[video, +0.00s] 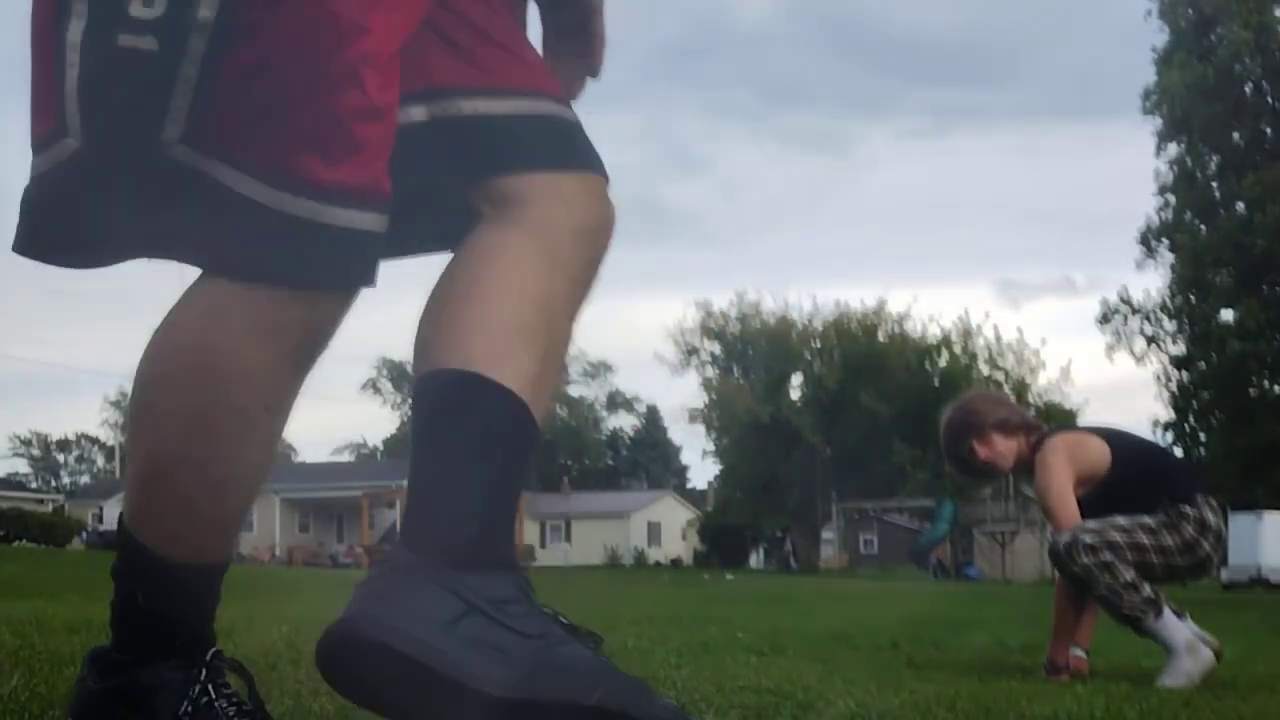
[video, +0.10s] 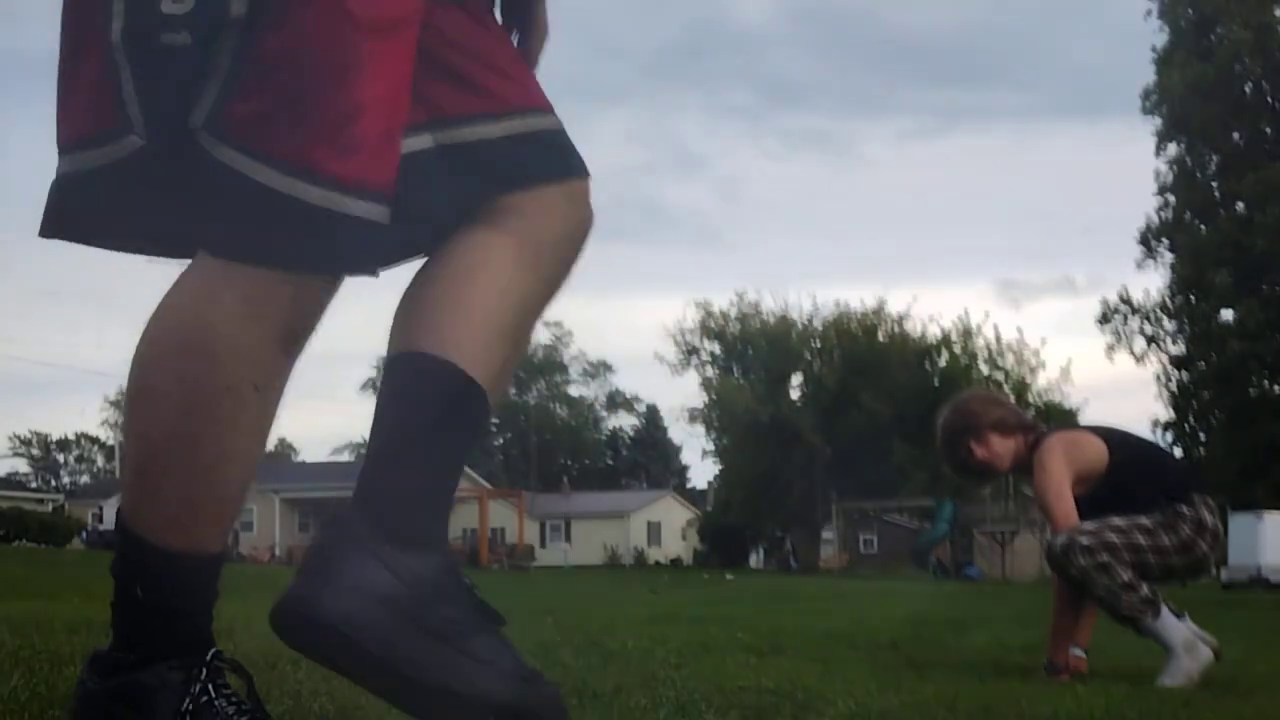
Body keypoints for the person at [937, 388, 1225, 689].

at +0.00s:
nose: (980, 454)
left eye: (981, 438)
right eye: (971, 451)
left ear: (1004, 421)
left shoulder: (1051, 459)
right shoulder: (1058, 453)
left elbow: (1074, 567)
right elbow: (1090, 564)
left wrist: (1058, 653)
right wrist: (1080, 648)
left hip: (1193, 530)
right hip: (1192, 528)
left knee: (1071, 545)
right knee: (1088, 546)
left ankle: (1186, 649)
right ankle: (1187, 634)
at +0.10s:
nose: (979, 455)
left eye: (979, 439)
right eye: (970, 452)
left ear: (1003, 422)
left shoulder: (1049, 457)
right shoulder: (1054, 454)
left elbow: (1072, 564)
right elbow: (1086, 561)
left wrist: (1062, 649)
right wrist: (1079, 646)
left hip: (1191, 528)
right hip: (1187, 529)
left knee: (1072, 547)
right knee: (1084, 548)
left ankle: (1186, 647)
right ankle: (1185, 634)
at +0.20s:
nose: (978, 455)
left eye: (977, 440)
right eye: (969, 452)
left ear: (999, 424)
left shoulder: (1048, 455)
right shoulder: (1054, 453)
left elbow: (1070, 563)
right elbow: (1085, 562)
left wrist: (1060, 649)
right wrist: (1079, 646)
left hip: (1189, 528)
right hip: (1185, 528)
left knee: (1070, 549)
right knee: (1083, 549)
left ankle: (1186, 647)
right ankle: (1184, 633)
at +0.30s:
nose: (977, 454)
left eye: (977, 438)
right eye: (968, 450)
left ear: (999, 422)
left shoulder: (1048, 454)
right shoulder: (1051, 454)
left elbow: (1069, 562)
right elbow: (1082, 561)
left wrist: (1059, 650)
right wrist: (1078, 647)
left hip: (1188, 528)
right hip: (1183, 528)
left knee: (1068, 549)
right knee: (1080, 551)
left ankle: (1185, 647)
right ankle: (1184, 633)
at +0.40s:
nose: (977, 453)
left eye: (977, 437)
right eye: (968, 450)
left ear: (1000, 421)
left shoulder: (1048, 453)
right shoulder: (1050, 454)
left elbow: (1067, 560)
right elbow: (1082, 561)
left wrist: (1059, 649)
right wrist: (1078, 647)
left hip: (1188, 527)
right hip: (1181, 528)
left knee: (1069, 549)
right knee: (1080, 551)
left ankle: (1184, 646)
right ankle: (1184, 633)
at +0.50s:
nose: (978, 453)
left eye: (979, 437)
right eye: (969, 450)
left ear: (1003, 420)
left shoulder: (1049, 452)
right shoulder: (1051, 454)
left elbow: (1068, 560)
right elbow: (1082, 560)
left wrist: (1059, 650)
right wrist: (1078, 648)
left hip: (1188, 529)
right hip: (1180, 529)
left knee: (1067, 548)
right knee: (1081, 551)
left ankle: (1184, 645)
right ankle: (1183, 633)